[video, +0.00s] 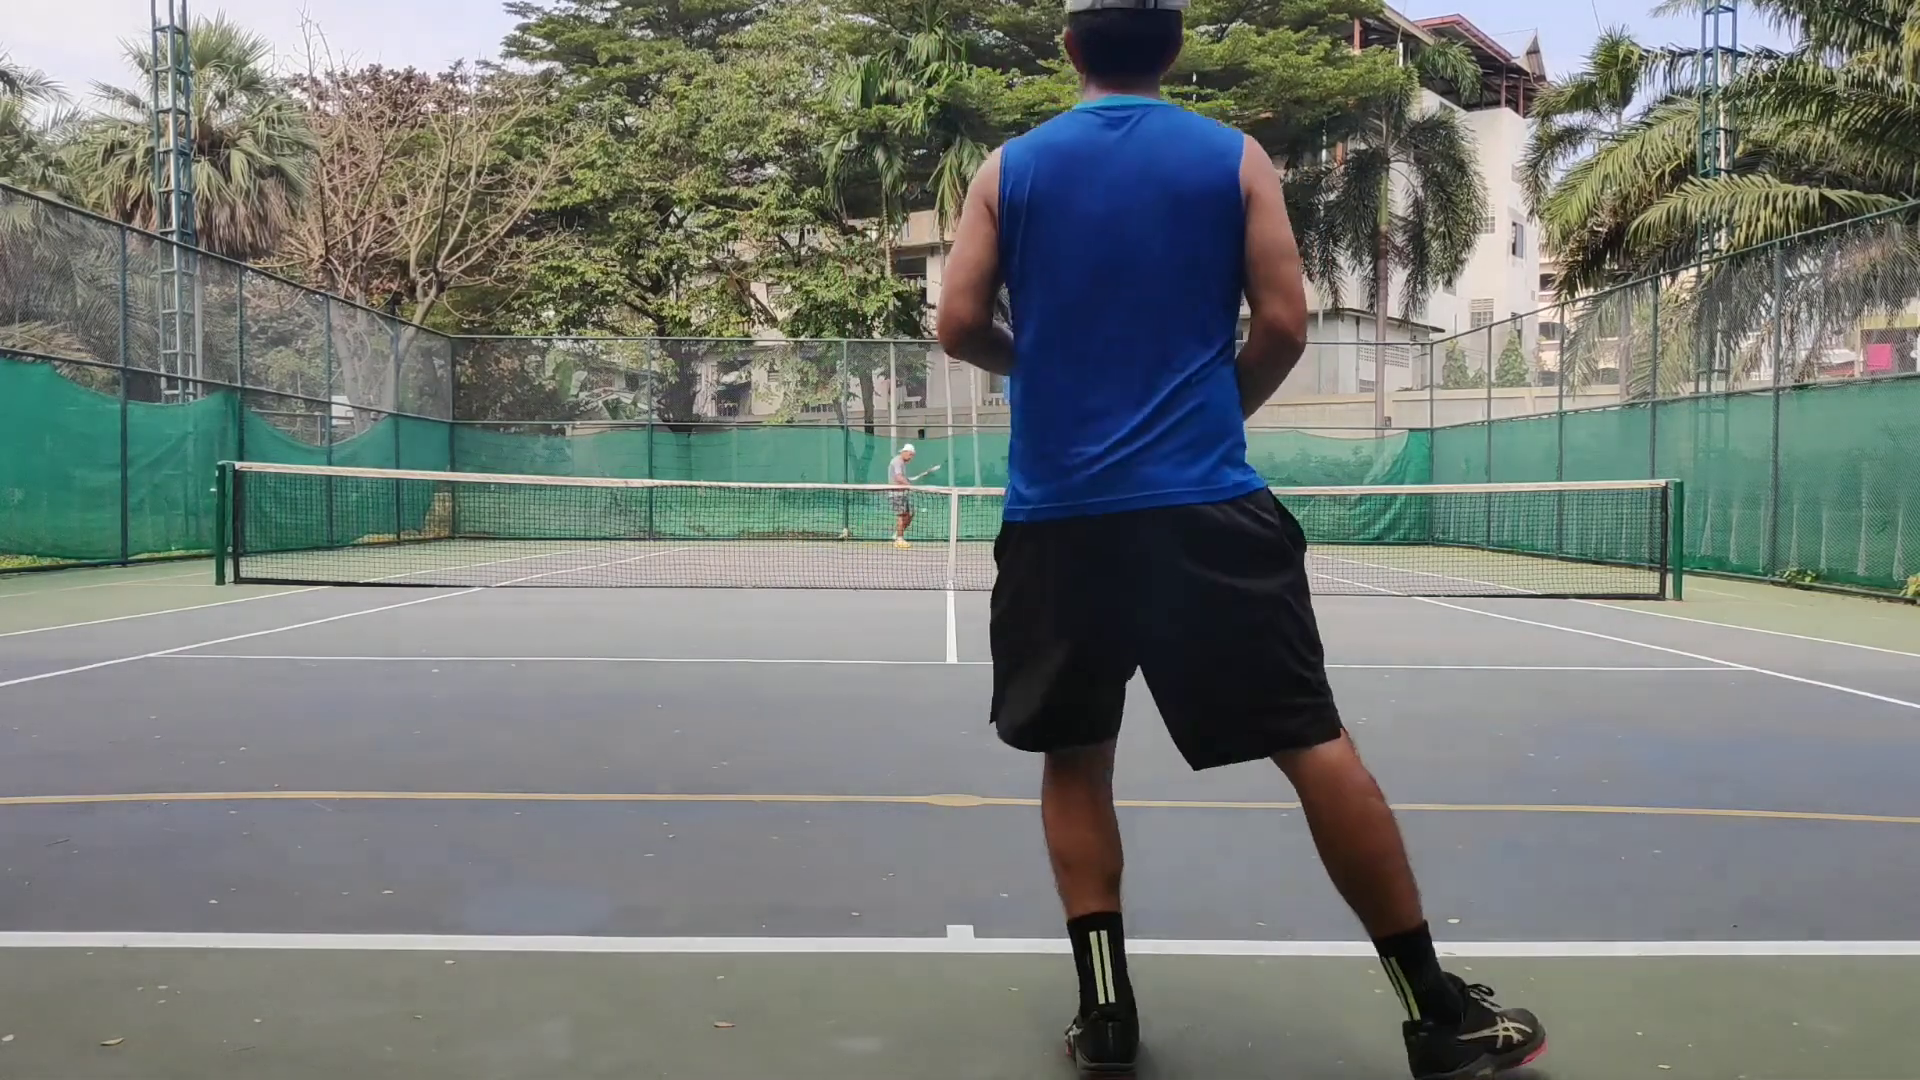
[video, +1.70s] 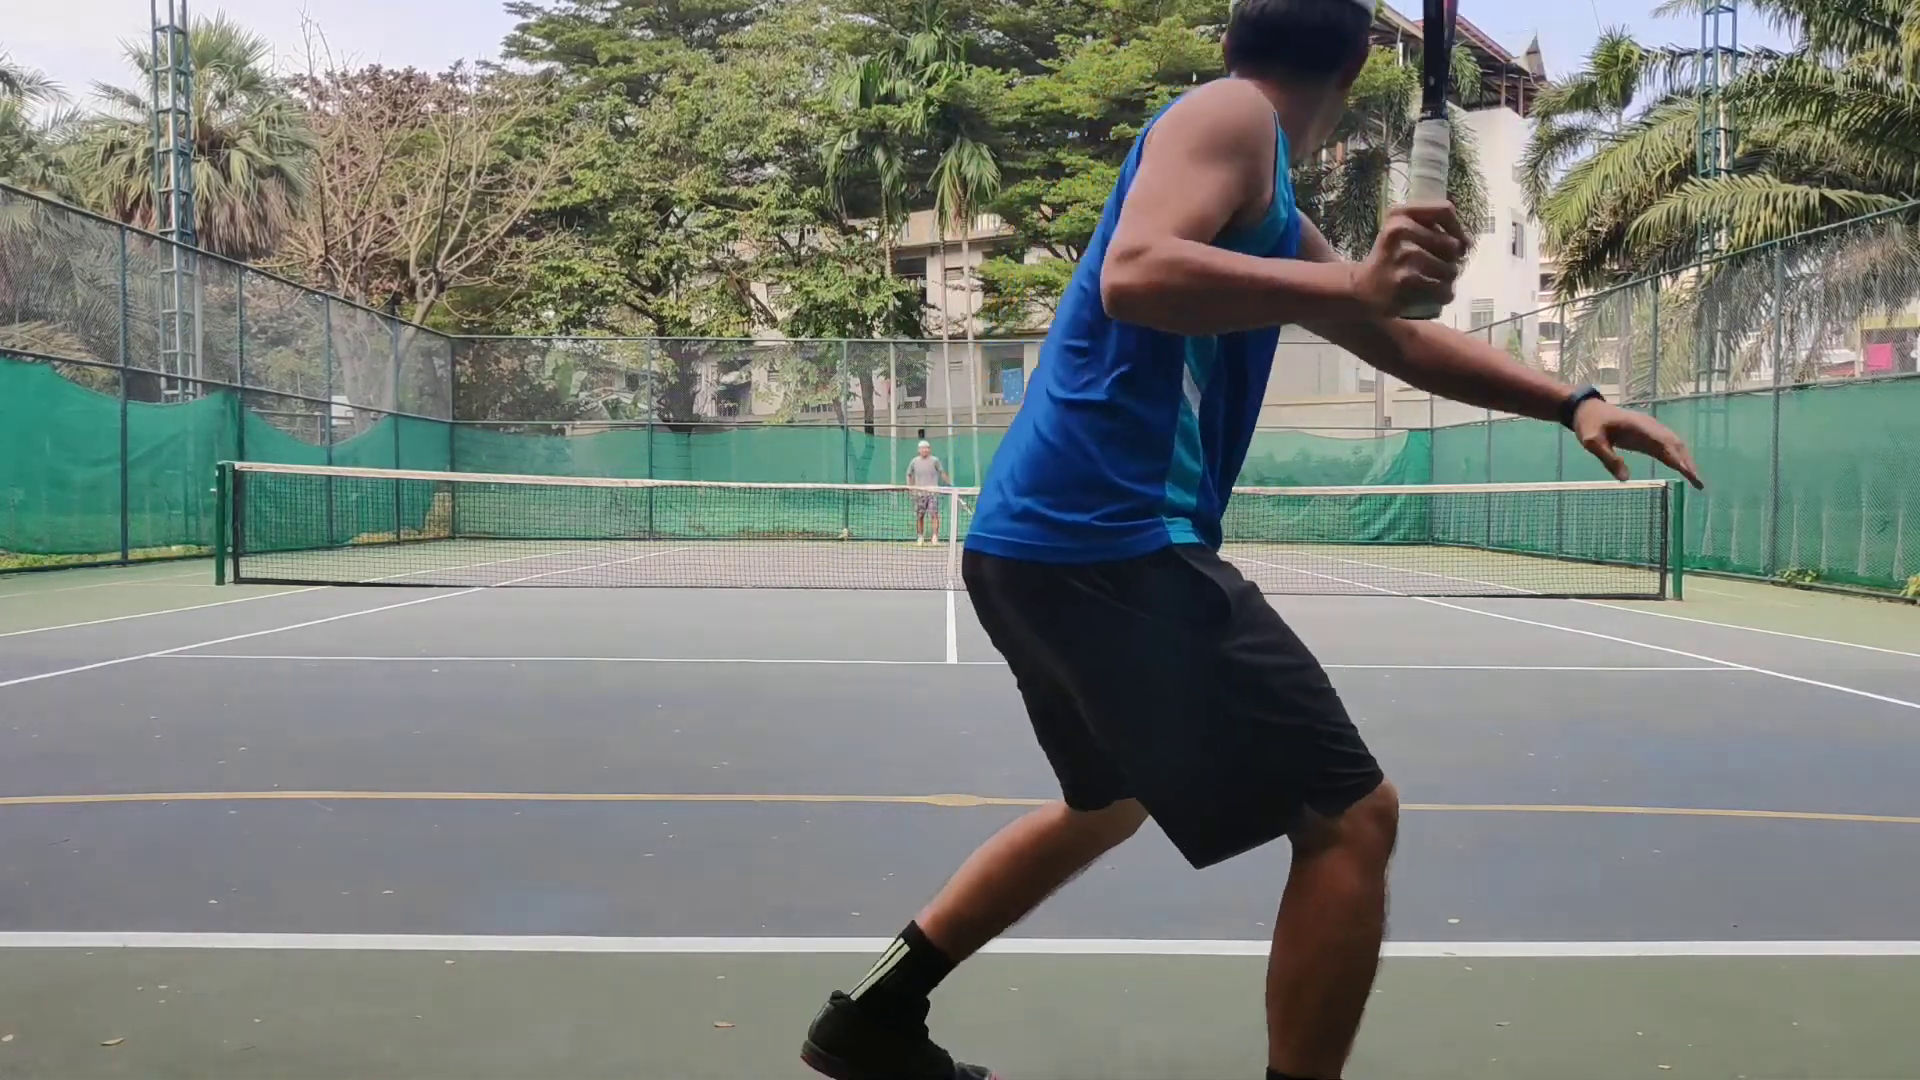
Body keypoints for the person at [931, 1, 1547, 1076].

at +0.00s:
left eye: (1079, 41)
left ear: (1073, 56)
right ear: (1174, 58)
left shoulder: (1011, 168)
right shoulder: (1236, 157)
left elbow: (958, 324)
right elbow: (1284, 320)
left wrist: (1040, 363)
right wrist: (1219, 406)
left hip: (1058, 525)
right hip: (1207, 513)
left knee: (1075, 759)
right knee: (1314, 744)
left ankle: (1105, 1012)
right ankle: (1433, 1006)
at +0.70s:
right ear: (1222, 2)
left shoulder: (1037, 76)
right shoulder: (1295, 78)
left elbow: (980, 251)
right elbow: (1347, 247)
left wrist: (1066, 284)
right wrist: (1261, 362)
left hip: (1059, 466)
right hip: (1219, 472)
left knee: (1011, 746)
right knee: (1241, 742)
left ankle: (968, 1034)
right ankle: (1250, 1026)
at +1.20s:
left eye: (1131, 40)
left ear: (1127, 57)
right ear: (1238, 66)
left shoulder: (1052, 177)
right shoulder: (1282, 165)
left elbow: (988, 383)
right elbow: (1296, 374)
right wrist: (1229, 480)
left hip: (1034, 546)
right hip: (1191, 546)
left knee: (1053, 779)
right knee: (1340, 794)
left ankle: (910, 1039)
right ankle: (1340, 1064)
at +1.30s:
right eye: (1238, 35)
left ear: (1122, 43)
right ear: (1238, 50)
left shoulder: (1063, 155)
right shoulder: (1239, 141)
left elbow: (1101, 326)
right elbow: (1242, 359)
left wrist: (1258, 387)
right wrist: (1240, 496)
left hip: (990, 522)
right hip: (1126, 522)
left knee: (1051, 777)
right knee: (1316, 770)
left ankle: (911, 1049)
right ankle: (1337, 1063)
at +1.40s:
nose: (1253, 49)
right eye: (1255, 35)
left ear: (1134, 32)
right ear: (1243, 36)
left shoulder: (1095, 130)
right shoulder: (1199, 115)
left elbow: (1148, 358)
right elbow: (1225, 329)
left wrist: (1315, 376)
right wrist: (1318, 459)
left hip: (975, 507)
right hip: (1082, 506)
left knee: (1049, 782)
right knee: (1296, 765)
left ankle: (906, 1050)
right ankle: (1313, 1069)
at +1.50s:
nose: (1278, 51)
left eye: (1273, 39)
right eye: (1278, 35)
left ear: (1159, 26)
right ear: (1266, 35)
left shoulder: (1132, 117)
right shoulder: (1192, 102)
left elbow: (1239, 318)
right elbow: (1219, 287)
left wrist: (1408, 345)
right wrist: (1409, 371)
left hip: (981, 507)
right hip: (1076, 505)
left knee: (1057, 779)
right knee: (1294, 786)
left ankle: (903, 1047)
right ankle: (1288, 1076)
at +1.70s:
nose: (1360, 85)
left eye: (1360, 67)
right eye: (1364, 63)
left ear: (1240, 46)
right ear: (1344, 64)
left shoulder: (1258, 200)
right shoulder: (1229, 116)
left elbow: (1397, 342)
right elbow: (1138, 272)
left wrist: (1570, 403)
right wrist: (1351, 288)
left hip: (1031, 541)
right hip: (1110, 544)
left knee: (1113, 795)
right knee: (1352, 821)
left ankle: (878, 1011)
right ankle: (1302, 1072)